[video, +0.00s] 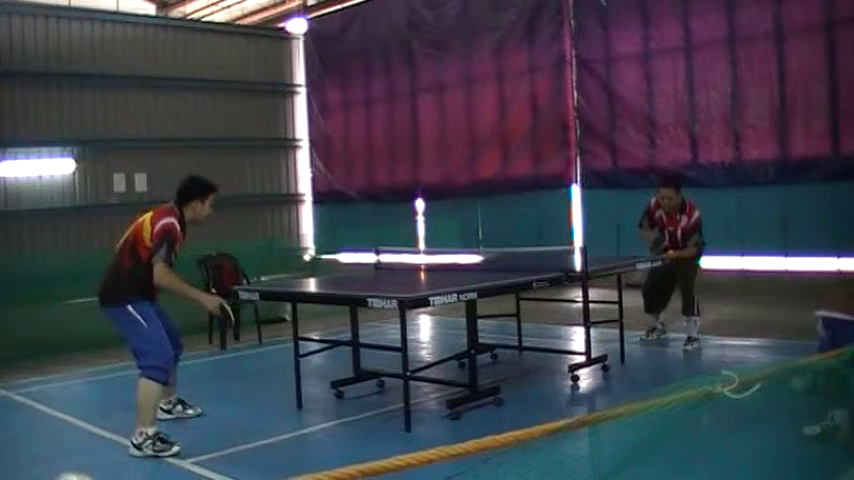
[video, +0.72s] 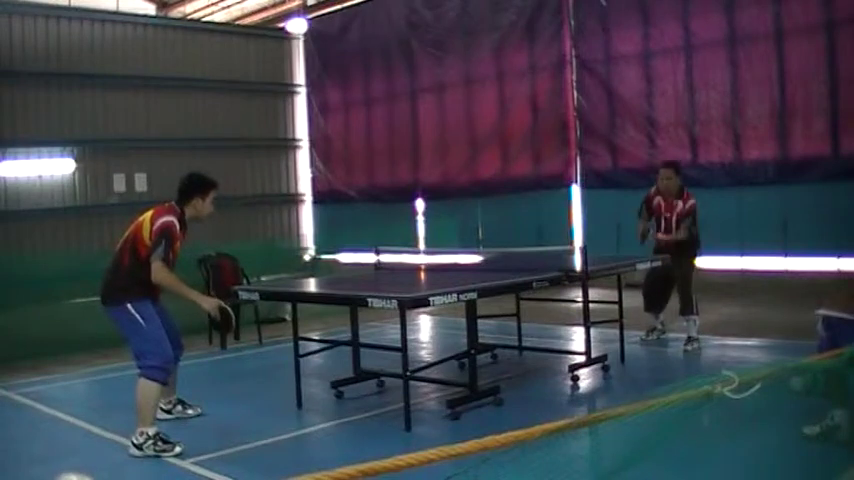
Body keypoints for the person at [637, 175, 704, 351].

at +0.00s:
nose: (665, 203)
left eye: (669, 198)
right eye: (662, 198)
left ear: (679, 196)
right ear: (658, 196)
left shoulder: (691, 214)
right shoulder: (654, 207)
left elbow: (696, 249)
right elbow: (643, 229)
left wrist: (675, 254)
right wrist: (653, 240)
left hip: (686, 258)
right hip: (665, 257)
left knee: (686, 288)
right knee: (650, 289)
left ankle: (692, 333)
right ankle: (656, 325)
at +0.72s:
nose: (664, 183)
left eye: (669, 179)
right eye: (661, 179)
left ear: (678, 180)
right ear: (657, 180)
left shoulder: (687, 202)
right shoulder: (653, 197)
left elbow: (685, 233)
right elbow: (644, 217)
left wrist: (665, 237)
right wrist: (644, 230)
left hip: (683, 250)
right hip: (662, 250)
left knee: (684, 288)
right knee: (652, 286)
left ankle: (692, 333)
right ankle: (657, 324)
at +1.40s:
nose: (660, 173)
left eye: (664, 168)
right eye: (656, 169)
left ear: (673, 169)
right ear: (652, 171)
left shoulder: (685, 189)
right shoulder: (648, 188)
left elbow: (702, 222)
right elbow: (645, 211)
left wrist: (696, 248)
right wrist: (672, 202)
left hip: (680, 248)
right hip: (655, 247)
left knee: (683, 287)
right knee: (650, 286)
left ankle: (692, 332)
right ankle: (656, 324)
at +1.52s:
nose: (658, 179)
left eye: (662, 175)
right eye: (655, 175)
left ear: (671, 176)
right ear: (652, 176)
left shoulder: (685, 194)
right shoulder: (647, 191)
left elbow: (703, 218)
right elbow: (642, 209)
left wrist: (701, 247)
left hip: (679, 248)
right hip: (655, 247)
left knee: (684, 288)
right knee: (650, 285)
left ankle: (692, 333)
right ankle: (655, 325)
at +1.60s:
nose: (655, 180)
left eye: (660, 176)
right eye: (653, 176)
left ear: (670, 177)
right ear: (651, 177)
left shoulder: (685, 194)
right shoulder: (646, 191)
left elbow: (704, 210)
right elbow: (625, 191)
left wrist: (704, 236)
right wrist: (620, 194)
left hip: (679, 251)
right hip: (655, 251)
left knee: (684, 289)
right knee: (649, 287)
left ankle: (692, 332)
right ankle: (655, 325)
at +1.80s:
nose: (654, 170)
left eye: (659, 165)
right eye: (652, 165)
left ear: (669, 167)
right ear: (650, 167)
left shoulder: (685, 188)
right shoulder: (645, 187)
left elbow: (705, 207)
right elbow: (623, 185)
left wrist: (707, 231)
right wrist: (607, 189)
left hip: (679, 247)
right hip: (654, 247)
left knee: (684, 284)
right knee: (650, 285)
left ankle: (692, 331)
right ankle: (655, 325)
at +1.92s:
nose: (653, 167)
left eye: (658, 163)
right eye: (651, 163)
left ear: (670, 164)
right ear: (648, 165)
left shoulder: (684, 186)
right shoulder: (645, 185)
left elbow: (703, 209)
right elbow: (627, 192)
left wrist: (706, 235)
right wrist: (612, 194)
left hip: (679, 245)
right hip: (656, 245)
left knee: (685, 283)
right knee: (652, 283)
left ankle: (695, 331)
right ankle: (656, 324)